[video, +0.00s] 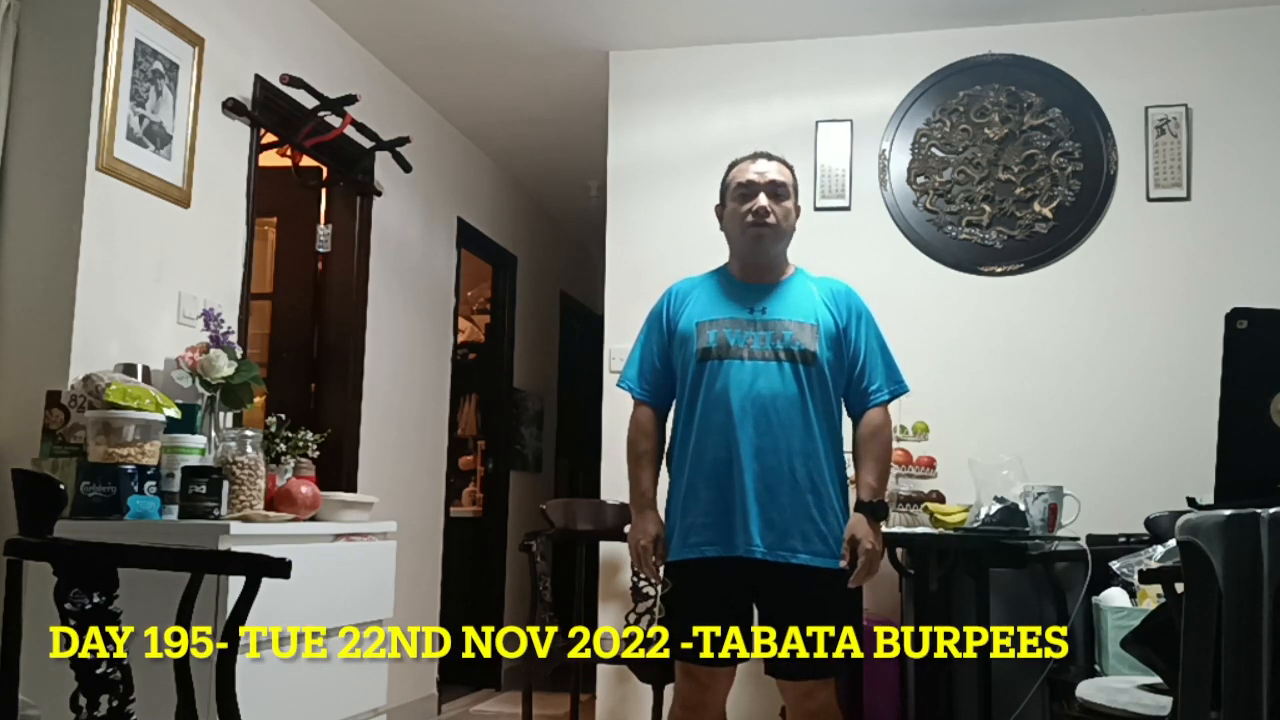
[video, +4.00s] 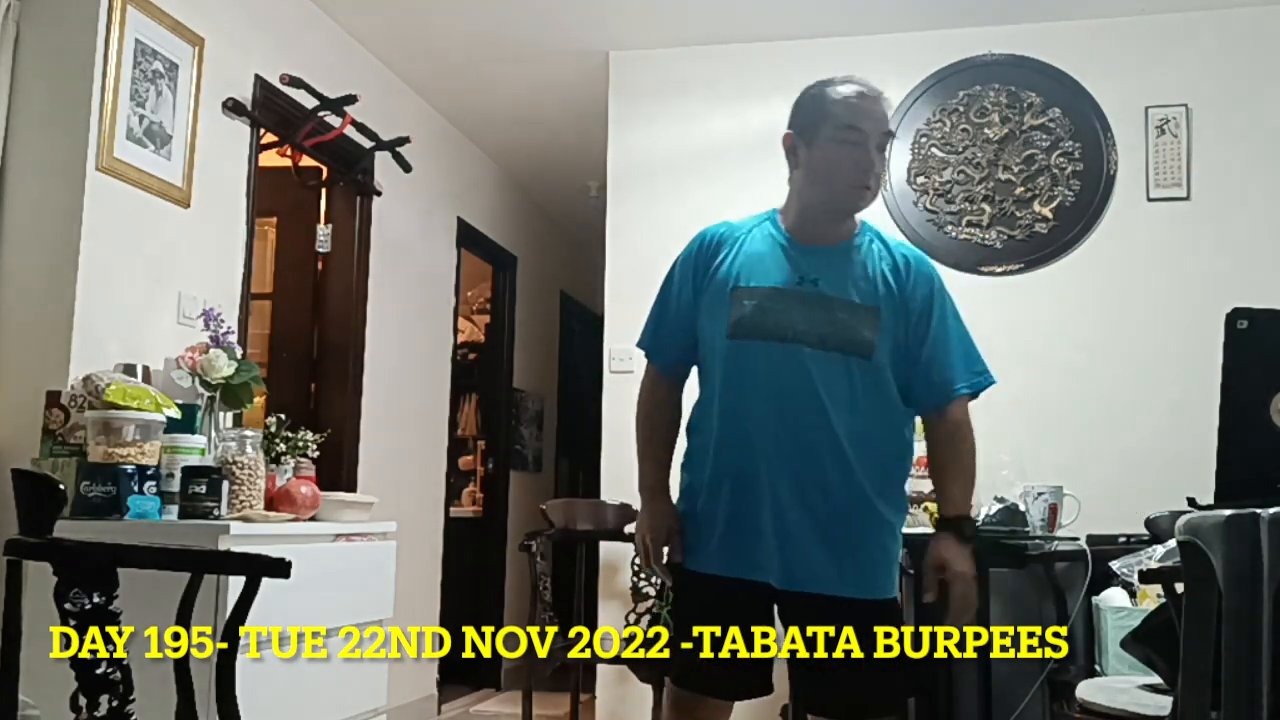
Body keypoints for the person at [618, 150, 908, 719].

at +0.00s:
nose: (761, 200)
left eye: (777, 192)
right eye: (744, 192)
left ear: (796, 216)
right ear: (721, 215)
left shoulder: (838, 303)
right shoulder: (681, 302)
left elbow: (874, 411)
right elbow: (646, 410)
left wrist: (869, 511)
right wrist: (642, 509)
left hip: (809, 544)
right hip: (704, 540)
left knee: (814, 700)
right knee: (698, 694)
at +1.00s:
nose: (758, 200)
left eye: (774, 190)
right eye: (742, 191)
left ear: (795, 213)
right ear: (719, 216)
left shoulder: (839, 304)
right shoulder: (682, 302)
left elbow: (875, 411)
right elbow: (647, 412)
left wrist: (870, 511)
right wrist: (645, 513)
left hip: (811, 545)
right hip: (706, 542)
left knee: (815, 701)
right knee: (699, 696)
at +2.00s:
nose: (714, 195)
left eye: (730, 186)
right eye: (697, 186)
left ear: (749, 209)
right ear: (673, 209)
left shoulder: (794, 296)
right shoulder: (635, 304)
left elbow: (832, 401)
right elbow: (600, 416)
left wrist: (825, 498)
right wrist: (592, 516)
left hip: (779, 537)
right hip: (672, 541)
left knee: (807, 690)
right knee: (678, 691)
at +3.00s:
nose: (990, 190)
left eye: (1004, 174)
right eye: (973, 163)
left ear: (1011, 184)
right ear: (914, 158)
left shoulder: (1000, 297)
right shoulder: (806, 235)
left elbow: (1079, 386)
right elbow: (736, 341)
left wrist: (1155, 461)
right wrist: (713, 456)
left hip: (890, 572)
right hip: (769, 537)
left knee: (873, 714)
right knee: (727, 702)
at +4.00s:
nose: (875, 159)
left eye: (884, 144)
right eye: (853, 138)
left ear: (891, 158)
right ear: (794, 148)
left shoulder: (910, 278)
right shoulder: (714, 254)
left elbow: (948, 411)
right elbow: (662, 380)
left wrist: (955, 529)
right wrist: (654, 501)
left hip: (851, 559)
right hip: (724, 544)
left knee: (855, 713)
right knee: (693, 706)